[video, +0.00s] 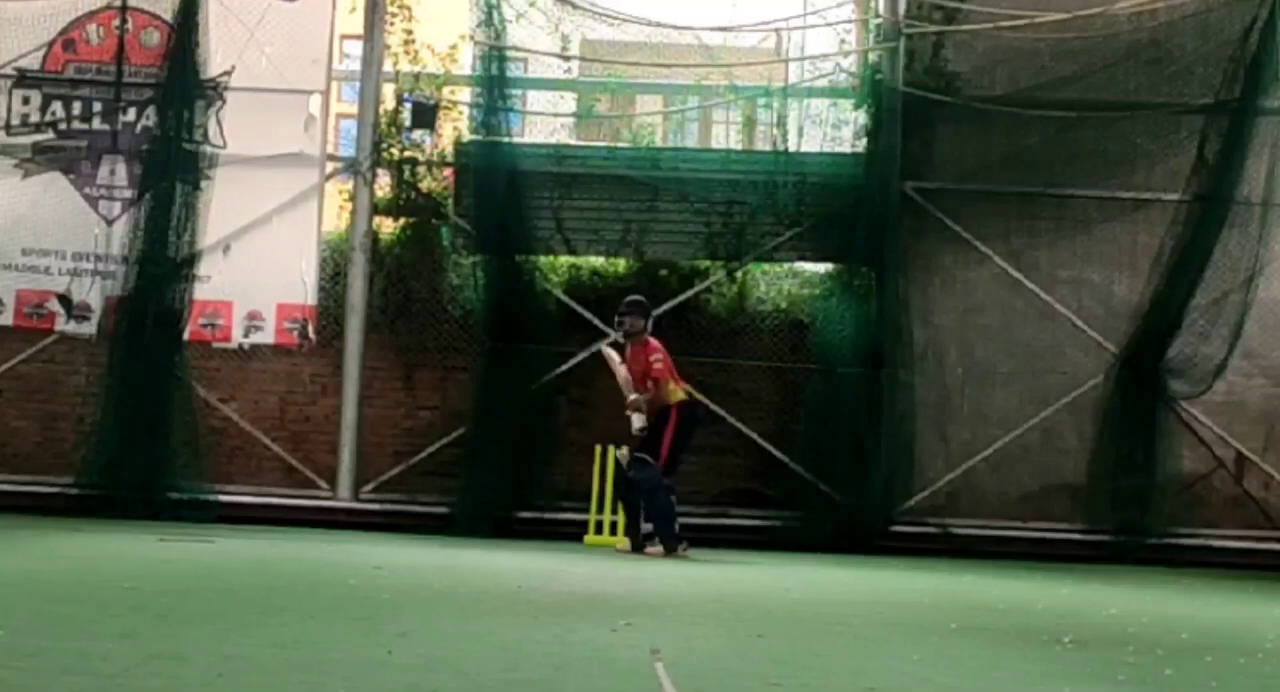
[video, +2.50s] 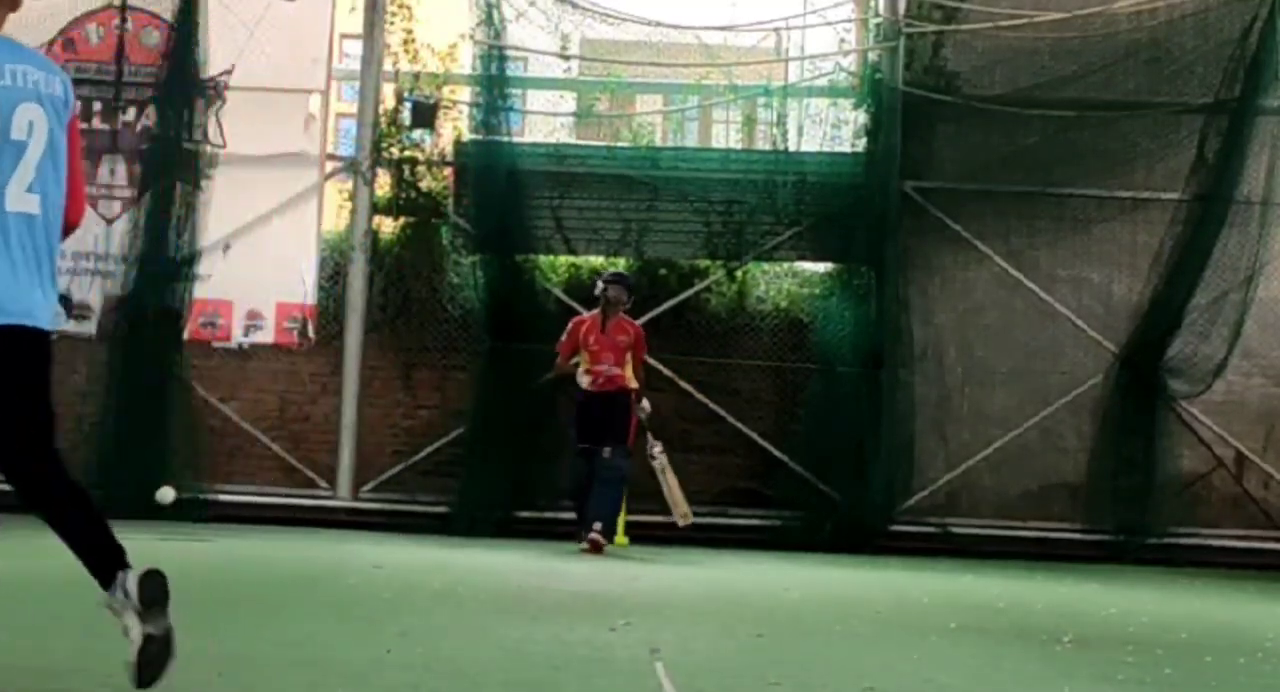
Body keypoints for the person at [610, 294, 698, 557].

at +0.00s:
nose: (629, 323)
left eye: (636, 318)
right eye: (625, 318)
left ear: (646, 322)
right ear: (620, 322)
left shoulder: (653, 350)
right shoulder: (631, 350)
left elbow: (659, 387)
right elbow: (631, 380)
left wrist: (641, 399)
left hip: (676, 404)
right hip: (657, 406)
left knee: (657, 470)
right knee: (640, 466)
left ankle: (670, 540)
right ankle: (645, 536)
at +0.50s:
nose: (599, 348)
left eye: (604, 343)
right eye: (594, 343)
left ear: (614, 342)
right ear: (588, 342)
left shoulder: (626, 366)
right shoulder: (594, 354)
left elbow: (626, 412)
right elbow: (566, 313)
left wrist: (610, 410)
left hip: (654, 405)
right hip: (633, 404)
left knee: (629, 464)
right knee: (616, 461)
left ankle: (621, 535)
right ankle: (611, 532)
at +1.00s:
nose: (601, 328)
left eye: (599, 324)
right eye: (596, 326)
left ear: (599, 323)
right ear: (586, 331)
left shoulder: (621, 330)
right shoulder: (587, 351)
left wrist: (607, 318)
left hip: (636, 394)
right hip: (612, 395)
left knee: (630, 459)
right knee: (607, 457)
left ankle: (620, 528)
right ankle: (608, 527)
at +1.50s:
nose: (595, 357)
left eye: (600, 351)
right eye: (590, 352)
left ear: (610, 340)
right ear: (582, 345)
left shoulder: (629, 354)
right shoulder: (577, 361)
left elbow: (648, 388)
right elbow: (576, 398)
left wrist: (628, 402)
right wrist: (584, 395)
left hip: (621, 421)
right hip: (592, 419)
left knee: (610, 474)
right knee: (589, 476)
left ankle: (595, 533)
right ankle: (601, 529)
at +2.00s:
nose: (604, 312)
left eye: (610, 306)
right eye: (599, 306)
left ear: (620, 309)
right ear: (592, 308)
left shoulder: (632, 345)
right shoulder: (579, 340)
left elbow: (634, 385)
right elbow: (569, 378)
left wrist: (631, 420)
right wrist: (560, 414)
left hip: (614, 407)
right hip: (583, 405)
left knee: (603, 467)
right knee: (574, 465)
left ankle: (593, 534)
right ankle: (583, 528)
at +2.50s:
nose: (614, 295)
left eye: (621, 291)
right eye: (611, 288)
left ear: (627, 298)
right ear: (601, 292)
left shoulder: (633, 331)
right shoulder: (580, 324)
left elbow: (638, 368)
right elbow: (561, 364)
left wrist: (640, 396)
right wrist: (578, 366)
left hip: (620, 396)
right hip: (590, 395)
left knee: (613, 459)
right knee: (585, 458)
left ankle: (601, 527)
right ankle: (587, 525)